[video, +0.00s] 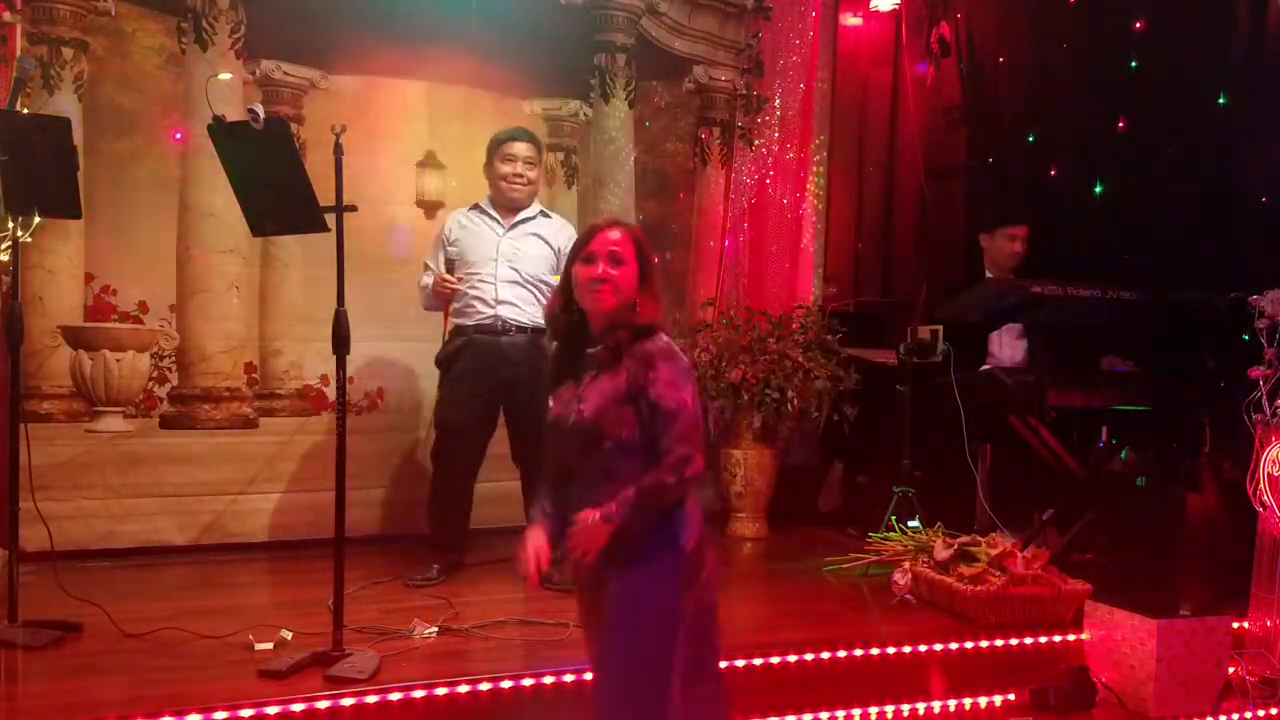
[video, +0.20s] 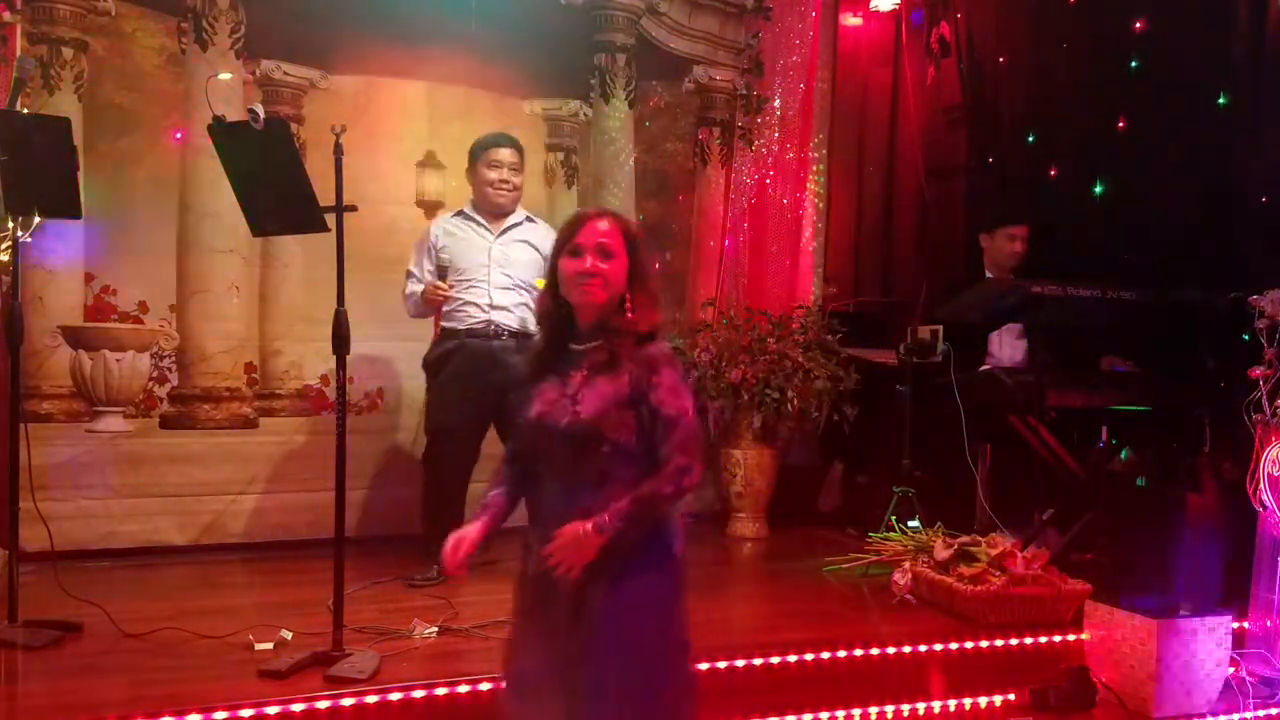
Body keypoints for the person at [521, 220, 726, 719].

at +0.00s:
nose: (599, 271)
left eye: (616, 261)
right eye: (588, 259)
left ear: (641, 281)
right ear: (571, 278)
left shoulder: (655, 356)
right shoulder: (573, 362)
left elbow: (684, 465)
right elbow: (557, 463)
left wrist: (609, 516)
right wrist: (541, 522)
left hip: (654, 554)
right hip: (601, 553)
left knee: (640, 696)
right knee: (616, 695)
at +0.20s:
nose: (588, 265)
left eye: (605, 254)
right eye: (575, 253)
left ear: (630, 274)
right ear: (556, 272)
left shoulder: (650, 359)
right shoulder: (547, 362)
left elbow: (684, 466)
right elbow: (520, 461)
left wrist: (599, 530)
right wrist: (482, 522)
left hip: (630, 572)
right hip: (550, 568)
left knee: (624, 702)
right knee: (539, 698)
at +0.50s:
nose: (520, 260)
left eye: (539, 245)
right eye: (508, 247)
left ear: (575, 269)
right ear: (494, 267)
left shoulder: (605, 376)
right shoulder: (475, 372)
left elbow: (621, 498)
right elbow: (455, 486)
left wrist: (551, 587)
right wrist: (435, 576)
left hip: (571, 582)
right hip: (472, 580)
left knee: (573, 709)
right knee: (455, 708)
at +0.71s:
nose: (450, 245)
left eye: (471, 230)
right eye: (439, 232)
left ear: (510, 252)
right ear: (425, 252)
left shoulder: (549, 370)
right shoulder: (413, 361)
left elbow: (573, 508)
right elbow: (380, 481)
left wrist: (566, 626)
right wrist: (346, 589)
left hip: (499, 592)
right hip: (403, 586)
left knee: (482, 705)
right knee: (389, 705)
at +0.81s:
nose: (418, 234)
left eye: (439, 218)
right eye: (406, 221)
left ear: (484, 241)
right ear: (393, 242)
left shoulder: (525, 363)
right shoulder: (378, 355)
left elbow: (560, 504)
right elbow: (336, 480)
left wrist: (562, 627)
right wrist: (287, 593)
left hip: (472, 592)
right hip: (374, 591)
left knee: (455, 709)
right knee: (354, 709)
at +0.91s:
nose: (384, 229)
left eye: (408, 213)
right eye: (373, 216)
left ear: (453, 236)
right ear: (361, 235)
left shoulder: (498, 366)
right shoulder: (342, 352)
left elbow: (538, 512)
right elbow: (294, 479)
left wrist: (541, 635)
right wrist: (232, 586)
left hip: (443, 606)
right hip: (344, 602)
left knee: (423, 712)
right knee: (327, 711)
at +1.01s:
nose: (349, 237)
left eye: (373, 219)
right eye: (336, 222)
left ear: (419, 239)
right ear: (322, 241)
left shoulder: (470, 365)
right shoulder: (306, 358)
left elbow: (505, 528)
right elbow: (246, 490)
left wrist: (505, 665)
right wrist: (183, 592)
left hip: (412, 627)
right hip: (310, 624)